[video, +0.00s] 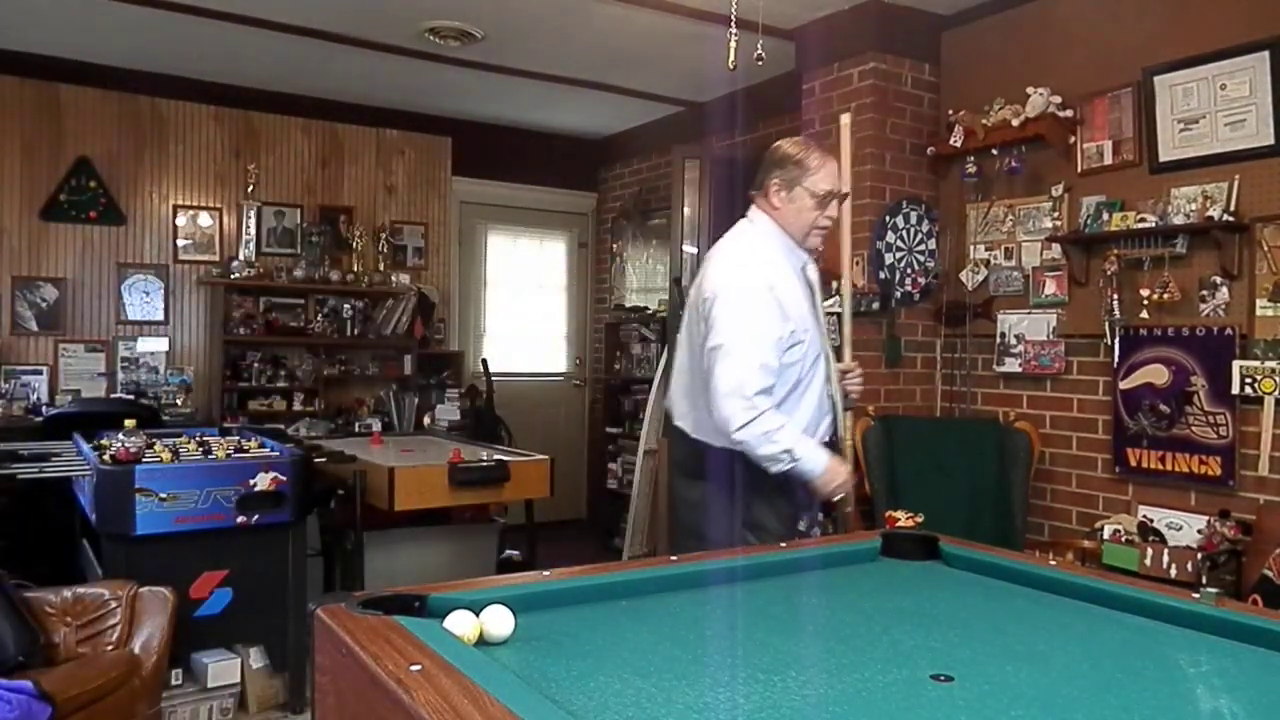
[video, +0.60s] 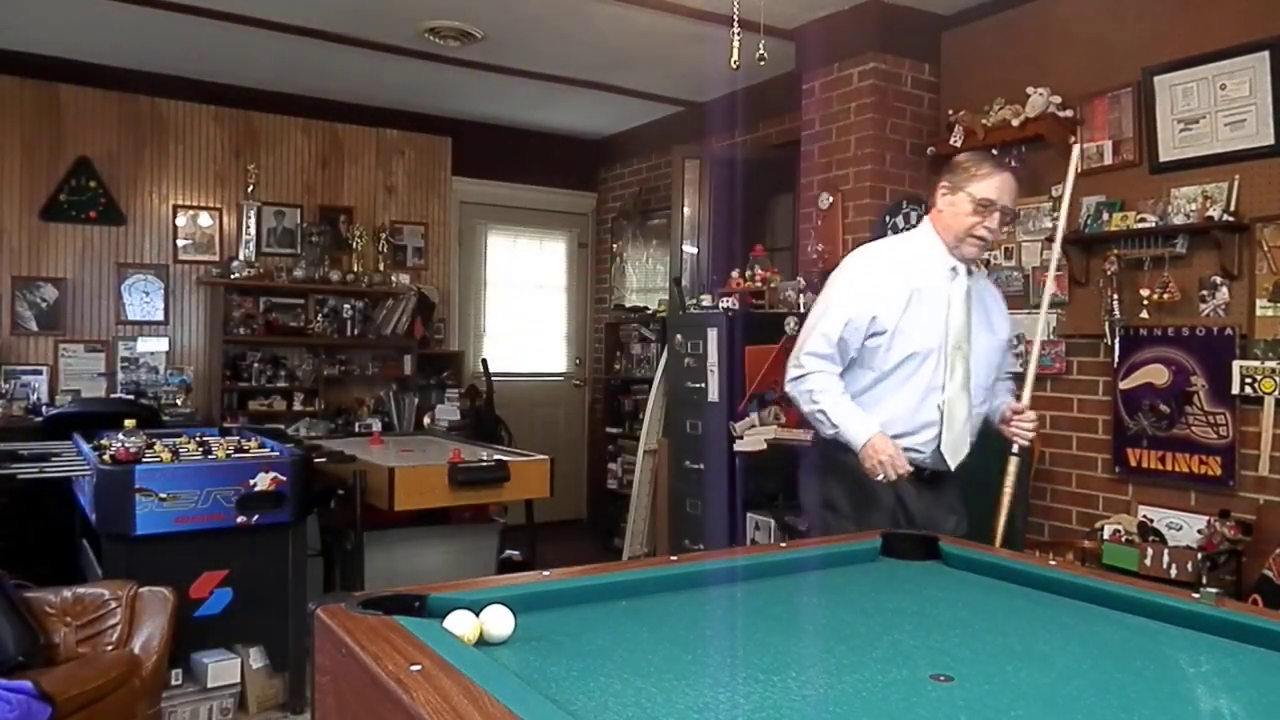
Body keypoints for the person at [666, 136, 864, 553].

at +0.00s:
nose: (833, 214)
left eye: (838, 200)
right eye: (823, 199)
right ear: (777, 194)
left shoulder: (784, 257)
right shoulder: (746, 266)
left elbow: (774, 367)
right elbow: (740, 407)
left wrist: (829, 380)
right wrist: (817, 464)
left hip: (767, 461)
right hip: (731, 468)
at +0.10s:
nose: (853, 207)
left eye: (856, 194)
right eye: (839, 193)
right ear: (794, 190)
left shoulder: (813, 256)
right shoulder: (764, 263)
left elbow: (801, 363)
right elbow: (757, 400)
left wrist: (857, 376)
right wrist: (845, 448)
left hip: (800, 458)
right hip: (757, 463)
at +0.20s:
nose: (875, 211)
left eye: (879, 198)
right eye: (861, 197)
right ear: (815, 194)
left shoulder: (843, 263)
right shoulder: (778, 266)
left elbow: (833, 373)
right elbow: (766, 402)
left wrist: (887, 386)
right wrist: (856, 447)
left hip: (841, 468)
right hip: (786, 471)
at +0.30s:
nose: (901, 218)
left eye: (908, 206)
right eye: (888, 202)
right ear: (844, 197)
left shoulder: (882, 281)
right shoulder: (797, 272)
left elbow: (858, 379)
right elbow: (766, 398)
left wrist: (911, 394)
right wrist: (855, 452)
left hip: (863, 481)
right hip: (795, 479)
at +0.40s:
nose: (932, 223)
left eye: (940, 211)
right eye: (920, 207)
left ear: (947, 215)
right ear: (879, 201)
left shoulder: (923, 292)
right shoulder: (822, 273)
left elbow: (899, 378)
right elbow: (774, 386)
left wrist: (945, 403)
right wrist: (849, 451)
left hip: (895, 483)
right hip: (818, 481)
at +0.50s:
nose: (966, 227)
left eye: (977, 218)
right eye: (955, 209)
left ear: (982, 223)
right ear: (913, 201)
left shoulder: (963, 304)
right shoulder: (850, 273)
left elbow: (949, 382)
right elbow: (789, 379)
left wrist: (977, 410)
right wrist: (851, 445)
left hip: (920, 493)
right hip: (835, 488)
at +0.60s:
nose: (993, 225)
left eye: (1004, 217)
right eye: (983, 207)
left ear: (1010, 223)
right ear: (943, 196)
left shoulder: (990, 301)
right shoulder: (873, 267)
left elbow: (996, 380)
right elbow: (807, 370)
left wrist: (1004, 412)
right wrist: (865, 437)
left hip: (938, 488)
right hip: (854, 480)